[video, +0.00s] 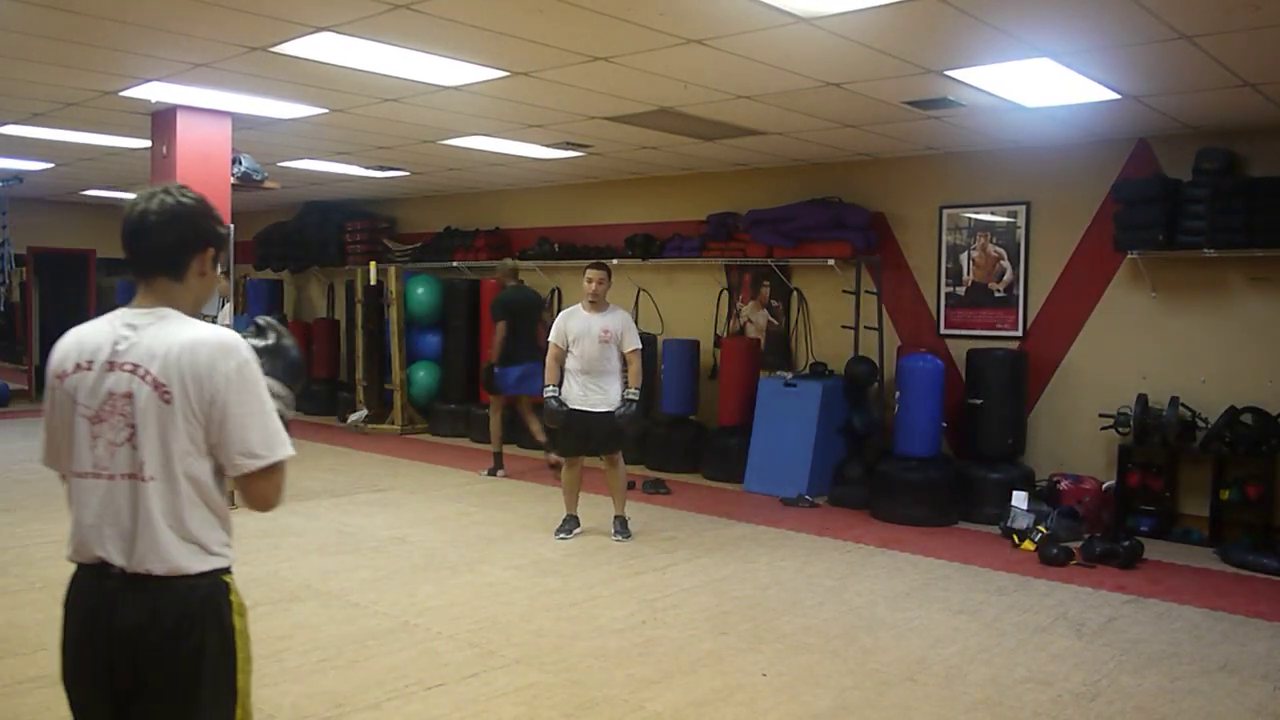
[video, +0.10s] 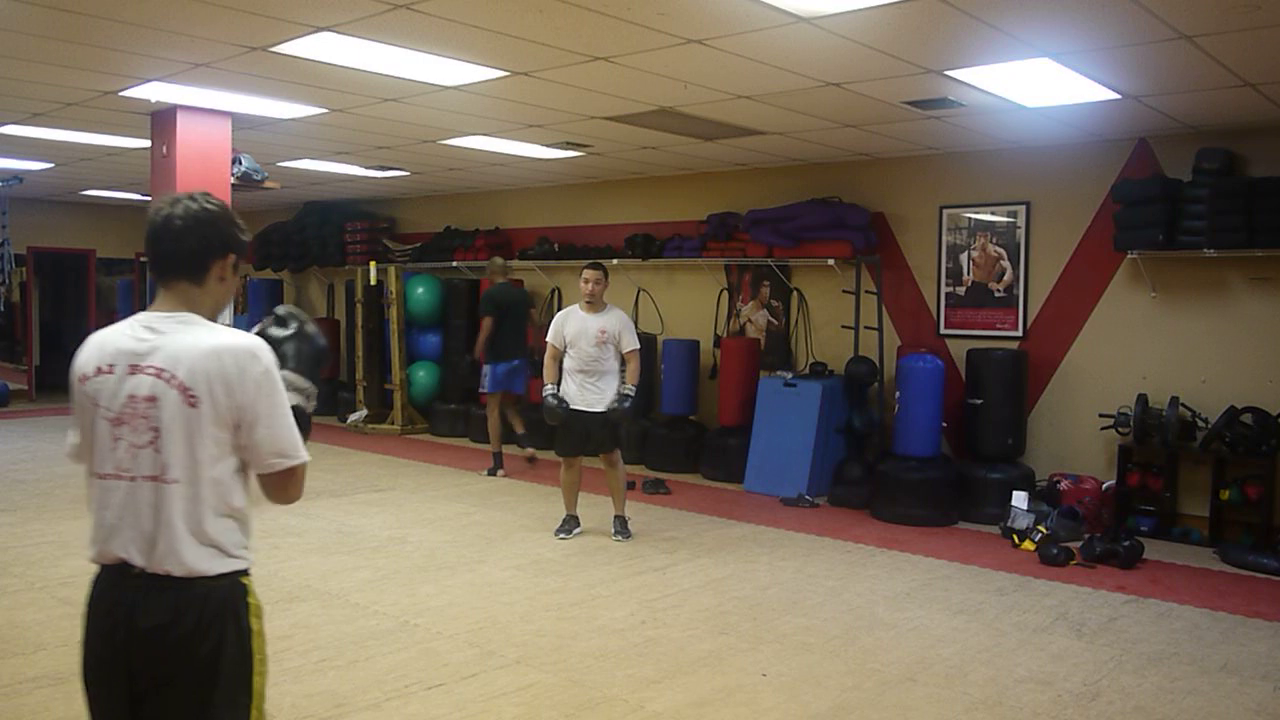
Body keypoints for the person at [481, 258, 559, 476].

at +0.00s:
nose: (497, 281)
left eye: (498, 277)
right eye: (498, 277)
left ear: (503, 278)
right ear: (517, 276)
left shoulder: (502, 299)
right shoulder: (533, 295)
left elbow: (501, 331)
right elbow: (548, 324)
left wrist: (494, 360)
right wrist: (544, 349)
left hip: (508, 361)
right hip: (532, 359)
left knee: (496, 408)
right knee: (526, 407)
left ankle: (498, 464)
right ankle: (549, 449)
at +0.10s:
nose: (489, 277)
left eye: (489, 274)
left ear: (490, 274)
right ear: (507, 272)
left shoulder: (490, 295)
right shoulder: (521, 293)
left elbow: (487, 325)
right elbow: (535, 320)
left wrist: (478, 350)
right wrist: (534, 345)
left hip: (496, 358)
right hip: (518, 356)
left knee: (493, 408)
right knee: (509, 404)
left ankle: (497, 463)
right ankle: (525, 442)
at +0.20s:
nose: (480, 277)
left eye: (479, 274)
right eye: (484, 273)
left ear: (480, 274)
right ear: (497, 273)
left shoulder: (480, 294)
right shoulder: (510, 292)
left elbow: (475, 325)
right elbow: (525, 320)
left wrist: (462, 349)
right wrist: (527, 350)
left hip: (488, 357)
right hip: (508, 355)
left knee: (489, 407)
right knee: (494, 404)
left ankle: (497, 461)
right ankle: (499, 448)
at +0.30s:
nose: (472, 278)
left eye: (472, 275)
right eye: (476, 274)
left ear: (472, 276)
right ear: (488, 276)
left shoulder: (470, 296)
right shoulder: (500, 295)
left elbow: (463, 326)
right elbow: (515, 322)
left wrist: (448, 347)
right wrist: (518, 352)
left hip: (479, 357)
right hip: (499, 355)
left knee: (485, 405)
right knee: (480, 402)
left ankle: (497, 460)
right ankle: (476, 445)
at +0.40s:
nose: (461, 280)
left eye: (462, 277)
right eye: (463, 277)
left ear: (464, 277)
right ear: (478, 277)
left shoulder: (462, 297)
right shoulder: (491, 296)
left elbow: (455, 326)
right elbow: (506, 324)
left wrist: (437, 349)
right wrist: (508, 354)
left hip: (470, 360)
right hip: (489, 358)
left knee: (478, 407)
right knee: (471, 405)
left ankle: (495, 460)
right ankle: (462, 452)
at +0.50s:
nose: (451, 277)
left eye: (453, 274)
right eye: (454, 273)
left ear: (455, 276)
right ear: (469, 276)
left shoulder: (453, 295)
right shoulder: (482, 295)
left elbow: (450, 325)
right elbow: (496, 325)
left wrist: (432, 349)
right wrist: (497, 353)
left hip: (459, 358)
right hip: (479, 356)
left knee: (458, 404)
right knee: (464, 404)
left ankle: (484, 447)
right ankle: (459, 453)